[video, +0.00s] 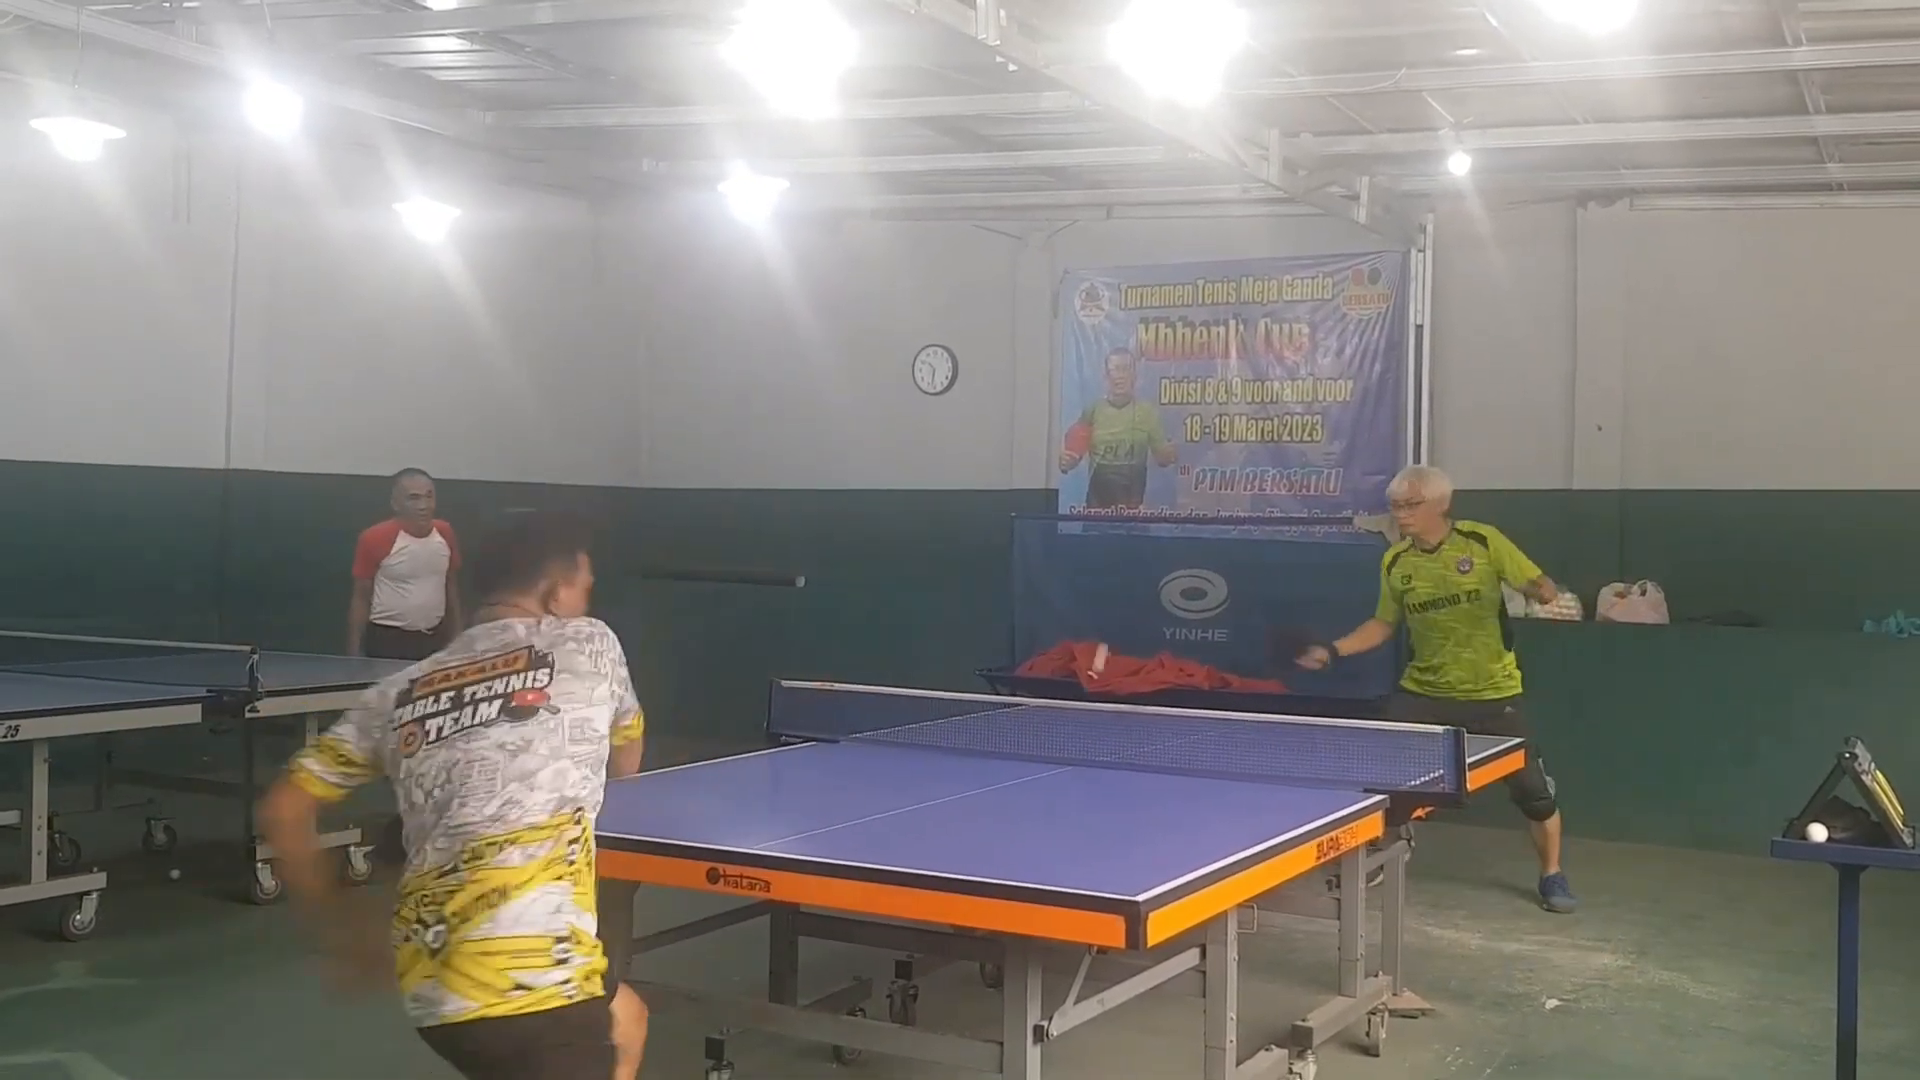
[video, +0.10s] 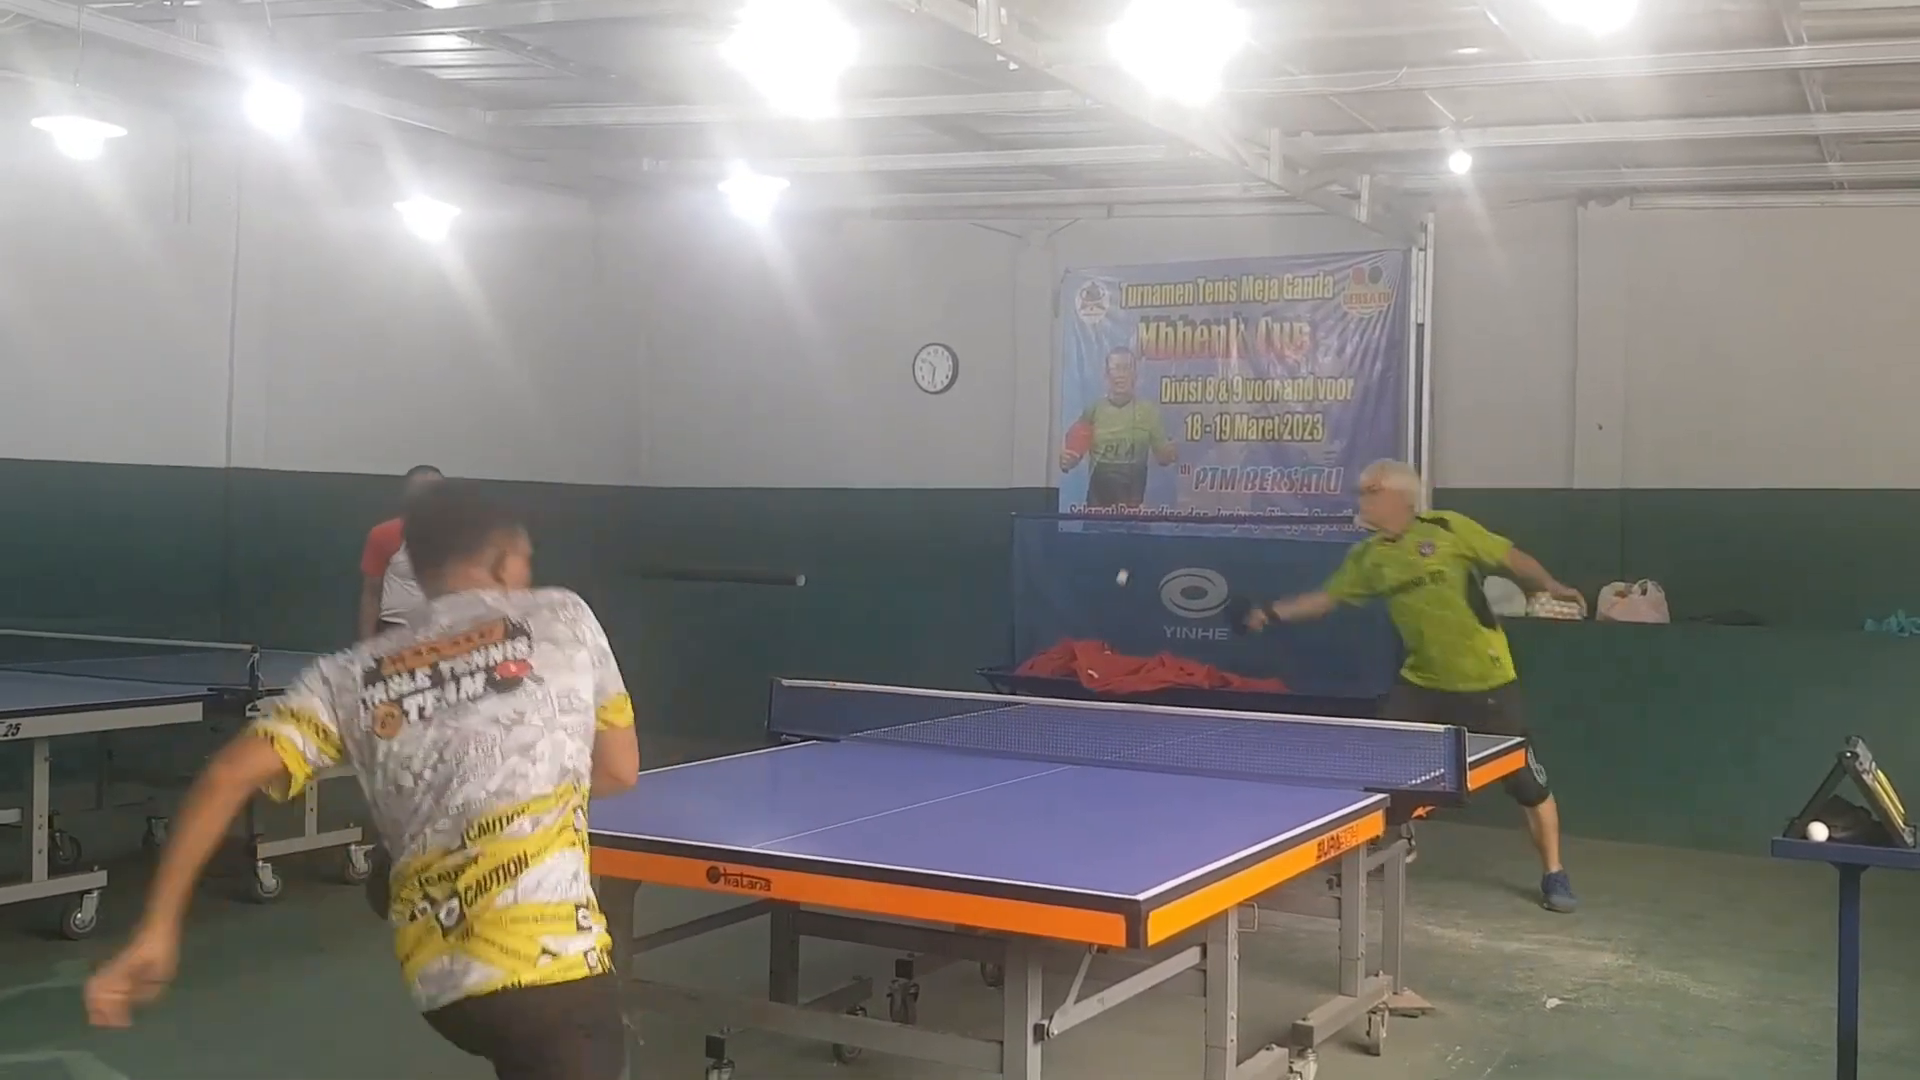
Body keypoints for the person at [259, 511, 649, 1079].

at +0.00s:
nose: (584, 607)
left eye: (587, 589)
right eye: (584, 589)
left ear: (487, 587)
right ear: (555, 585)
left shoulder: (399, 691)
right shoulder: (588, 642)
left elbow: (283, 808)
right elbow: (627, 761)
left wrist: (336, 936)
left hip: (433, 993)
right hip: (539, 986)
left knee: (628, 1020)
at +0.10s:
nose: (528, 583)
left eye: (526, 568)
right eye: (525, 567)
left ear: (417, 574)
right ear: (503, 565)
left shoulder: (348, 673)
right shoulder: (563, 617)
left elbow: (229, 771)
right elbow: (618, 768)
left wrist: (157, 927)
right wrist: (524, 779)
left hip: (444, 983)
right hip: (550, 963)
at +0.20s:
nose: (481, 537)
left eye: (479, 523)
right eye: (479, 522)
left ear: (371, 536)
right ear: (464, 521)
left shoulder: (311, 634)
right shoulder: (534, 580)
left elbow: (225, 746)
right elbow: (620, 729)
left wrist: (138, 923)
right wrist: (524, 767)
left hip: (401, 960)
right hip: (521, 943)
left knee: (503, 1056)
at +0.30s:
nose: (451, 499)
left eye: (450, 481)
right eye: (448, 481)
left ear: (334, 499)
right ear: (429, 485)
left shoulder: (265, 618)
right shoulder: (506, 571)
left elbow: (221, 768)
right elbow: (613, 712)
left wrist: (164, 955)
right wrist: (523, 765)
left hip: (348, 957)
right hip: (477, 947)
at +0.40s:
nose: (407, 481)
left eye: (405, 464)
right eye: (407, 463)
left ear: (289, 484)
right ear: (392, 470)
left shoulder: (215, 611)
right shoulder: (465, 561)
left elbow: (192, 792)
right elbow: (575, 710)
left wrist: (168, 976)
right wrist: (494, 756)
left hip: (302, 970)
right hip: (443, 958)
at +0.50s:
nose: (354, 475)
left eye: (347, 454)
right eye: (350, 455)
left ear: (234, 476)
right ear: (335, 461)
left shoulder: (163, 609)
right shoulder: (409, 562)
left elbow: (134, 801)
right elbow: (525, 709)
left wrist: (154, 943)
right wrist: (448, 758)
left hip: (244, 968)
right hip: (393, 955)